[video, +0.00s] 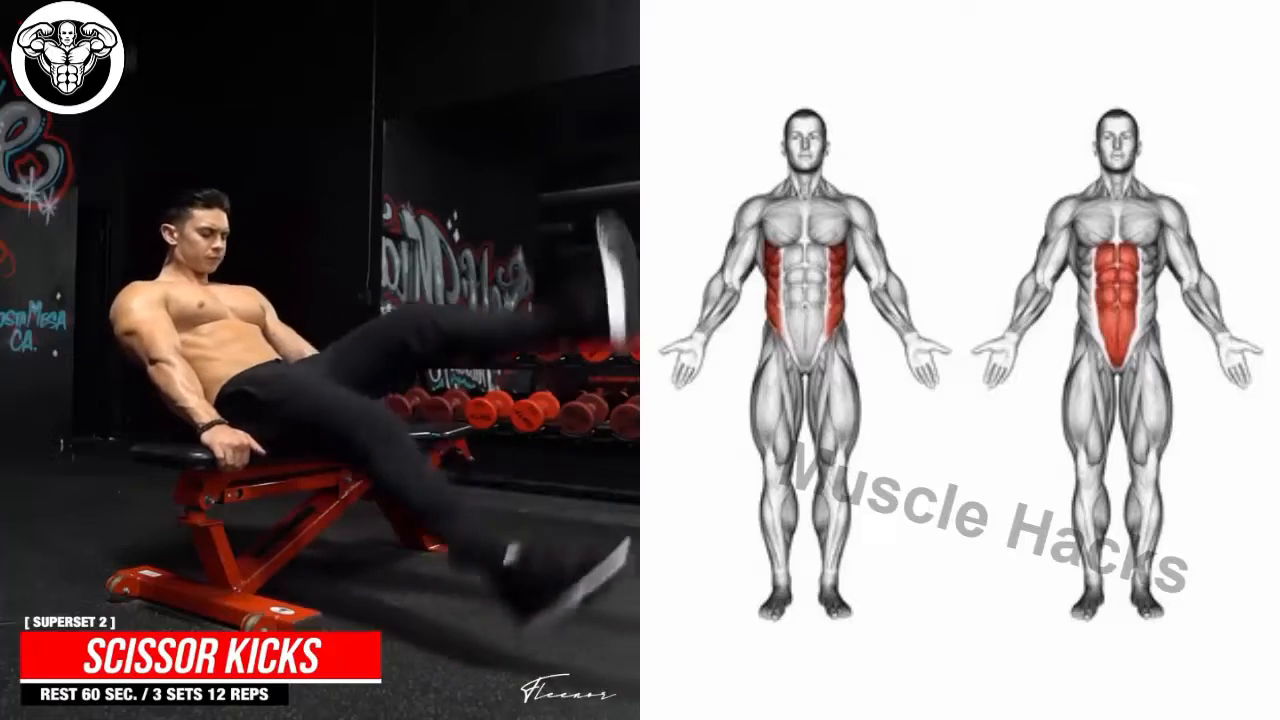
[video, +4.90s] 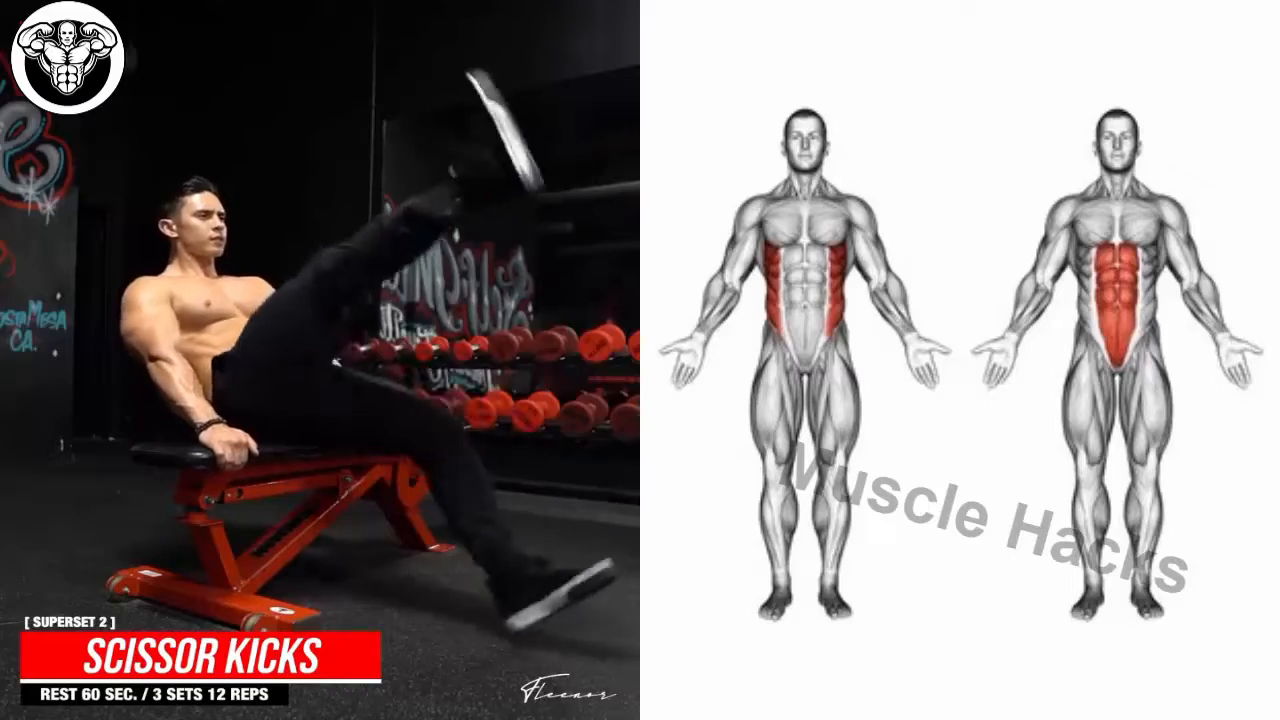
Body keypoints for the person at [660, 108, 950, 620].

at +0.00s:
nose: (804, 145)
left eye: (812, 138)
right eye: (797, 138)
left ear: (825, 145)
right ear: (785, 146)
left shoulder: (851, 211)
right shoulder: (758, 211)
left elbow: (881, 281)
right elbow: (729, 281)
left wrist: (909, 336)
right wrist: (700, 336)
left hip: (832, 356)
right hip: (777, 355)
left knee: (834, 468)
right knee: (777, 469)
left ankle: (829, 584)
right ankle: (780, 585)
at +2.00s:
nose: (804, 145)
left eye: (812, 138)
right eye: (797, 138)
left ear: (825, 145)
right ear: (785, 146)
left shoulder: (851, 211)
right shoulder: (758, 211)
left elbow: (881, 281)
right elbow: (729, 281)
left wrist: (909, 336)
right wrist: (700, 336)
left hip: (832, 355)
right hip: (778, 355)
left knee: (834, 468)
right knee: (777, 469)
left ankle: (829, 584)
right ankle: (780, 585)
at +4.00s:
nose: (805, 145)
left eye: (812, 138)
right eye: (797, 138)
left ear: (825, 145)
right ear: (785, 146)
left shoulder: (851, 211)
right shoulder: (758, 211)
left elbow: (881, 281)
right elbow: (729, 281)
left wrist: (910, 336)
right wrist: (700, 336)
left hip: (832, 356)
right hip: (777, 355)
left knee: (834, 467)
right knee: (777, 469)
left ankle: (829, 584)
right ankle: (780, 585)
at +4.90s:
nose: (805, 145)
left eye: (812, 138)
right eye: (797, 138)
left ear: (825, 145)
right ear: (785, 145)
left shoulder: (851, 211)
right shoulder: (758, 211)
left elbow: (881, 281)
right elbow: (729, 281)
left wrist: (909, 336)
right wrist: (700, 336)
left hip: (832, 355)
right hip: (777, 355)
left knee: (834, 467)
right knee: (777, 469)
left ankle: (830, 584)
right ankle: (780, 585)